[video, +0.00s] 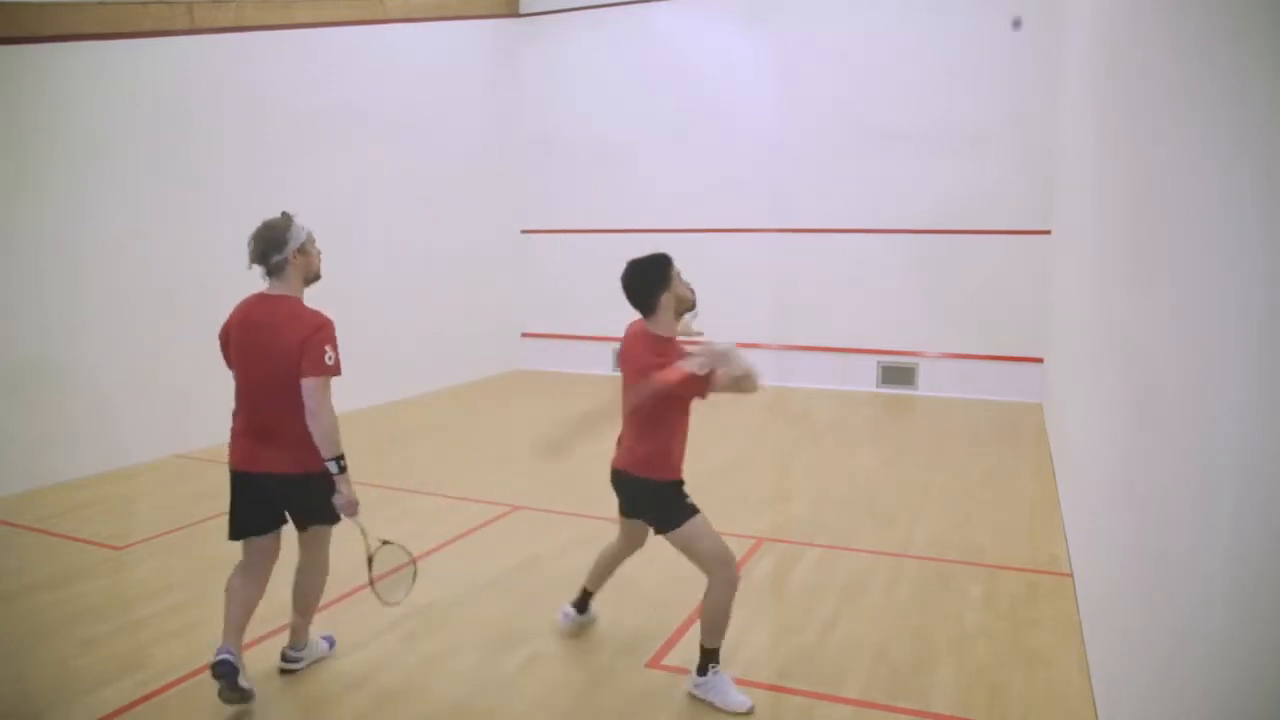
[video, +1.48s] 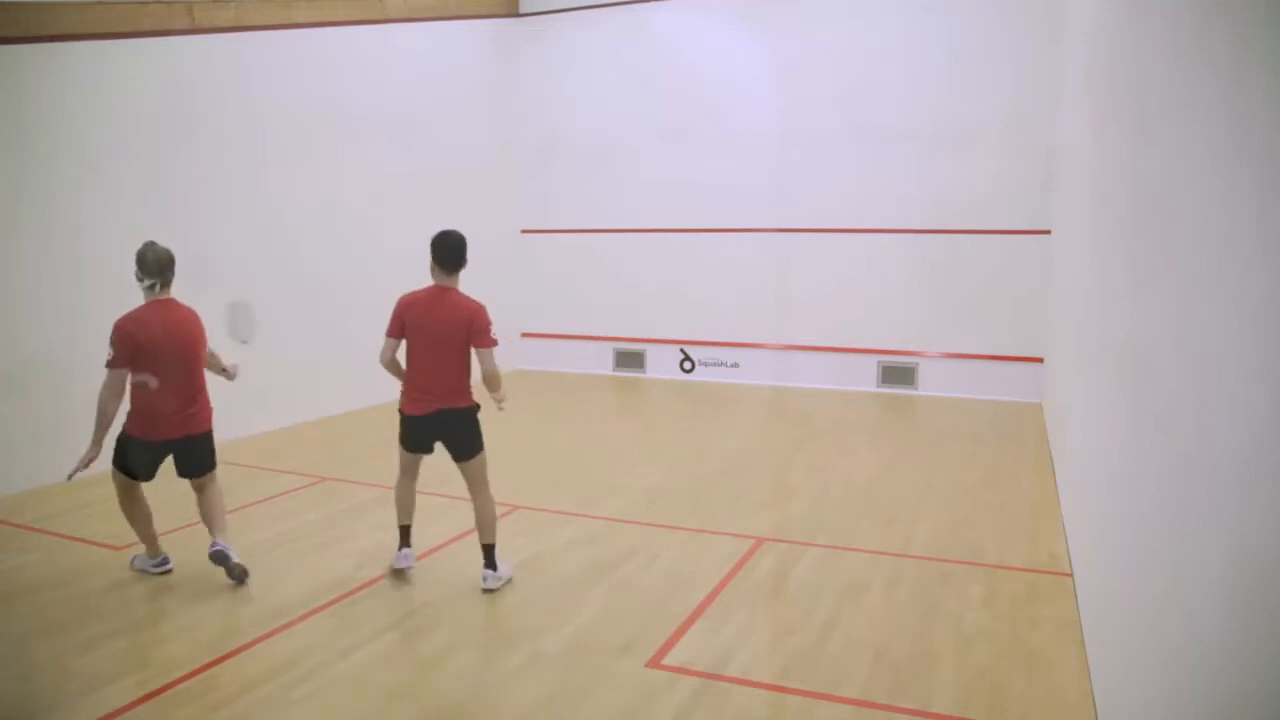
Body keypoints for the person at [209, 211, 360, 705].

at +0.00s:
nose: (319, 255)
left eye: (315, 247)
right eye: (313, 249)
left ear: (269, 262)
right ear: (295, 258)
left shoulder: (240, 316)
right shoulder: (313, 325)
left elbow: (238, 369)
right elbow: (317, 407)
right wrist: (340, 475)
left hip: (250, 467)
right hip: (304, 467)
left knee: (257, 555)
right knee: (314, 549)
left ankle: (228, 652)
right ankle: (298, 645)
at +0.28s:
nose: (331, 253)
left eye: (327, 245)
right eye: (326, 246)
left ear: (287, 257)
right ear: (311, 254)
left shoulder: (253, 308)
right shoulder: (316, 315)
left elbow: (238, 375)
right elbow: (325, 390)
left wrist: (236, 431)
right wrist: (366, 428)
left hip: (261, 441)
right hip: (307, 445)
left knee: (282, 506)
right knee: (347, 524)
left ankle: (284, 585)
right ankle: (305, 623)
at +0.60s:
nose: (326, 271)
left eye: (322, 265)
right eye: (323, 266)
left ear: (284, 276)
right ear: (318, 273)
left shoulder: (255, 319)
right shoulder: (329, 330)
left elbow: (221, 375)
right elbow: (349, 399)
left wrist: (218, 429)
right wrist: (372, 436)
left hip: (252, 443)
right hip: (303, 446)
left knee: (281, 488)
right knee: (359, 517)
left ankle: (265, 578)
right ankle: (355, 621)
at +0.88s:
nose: (261, 242)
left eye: (256, 236)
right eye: (259, 237)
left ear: (219, 247)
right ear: (256, 243)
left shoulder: (201, 290)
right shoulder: (282, 291)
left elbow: (175, 353)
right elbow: (296, 350)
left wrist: (168, 392)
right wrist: (266, 371)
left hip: (221, 414)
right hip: (274, 411)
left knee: (223, 484)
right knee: (278, 495)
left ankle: (234, 564)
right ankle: (283, 583)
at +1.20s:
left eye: (163, 280)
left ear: (166, 283)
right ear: (199, 281)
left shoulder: (161, 334)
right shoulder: (212, 323)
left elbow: (143, 372)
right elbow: (156, 340)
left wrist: (133, 371)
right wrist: (113, 330)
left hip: (175, 438)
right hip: (223, 436)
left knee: (143, 479)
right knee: (231, 502)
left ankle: (155, 555)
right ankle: (268, 550)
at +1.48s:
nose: (140, 276)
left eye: (140, 271)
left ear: (138, 276)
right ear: (173, 275)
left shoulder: (128, 327)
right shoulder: (189, 317)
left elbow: (113, 390)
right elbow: (203, 356)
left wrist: (96, 444)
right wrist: (223, 368)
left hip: (146, 430)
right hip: (195, 426)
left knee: (125, 480)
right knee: (205, 481)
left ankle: (154, 555)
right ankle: (221, 542)